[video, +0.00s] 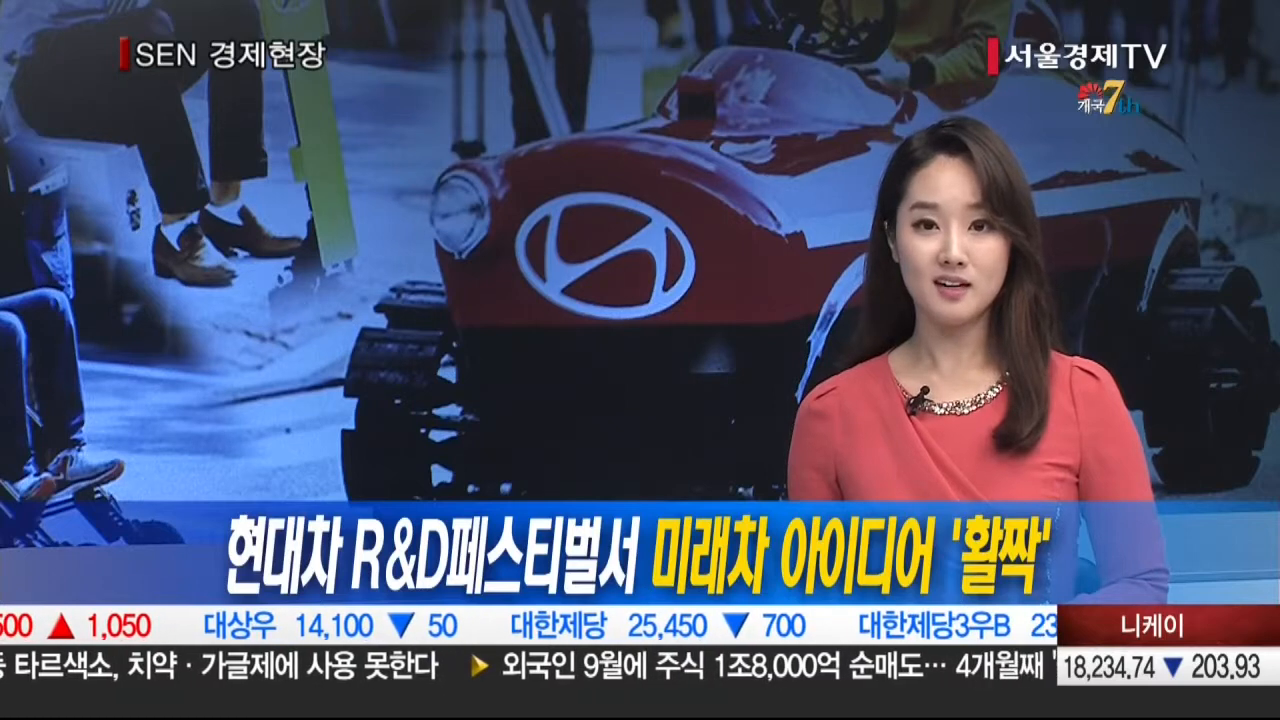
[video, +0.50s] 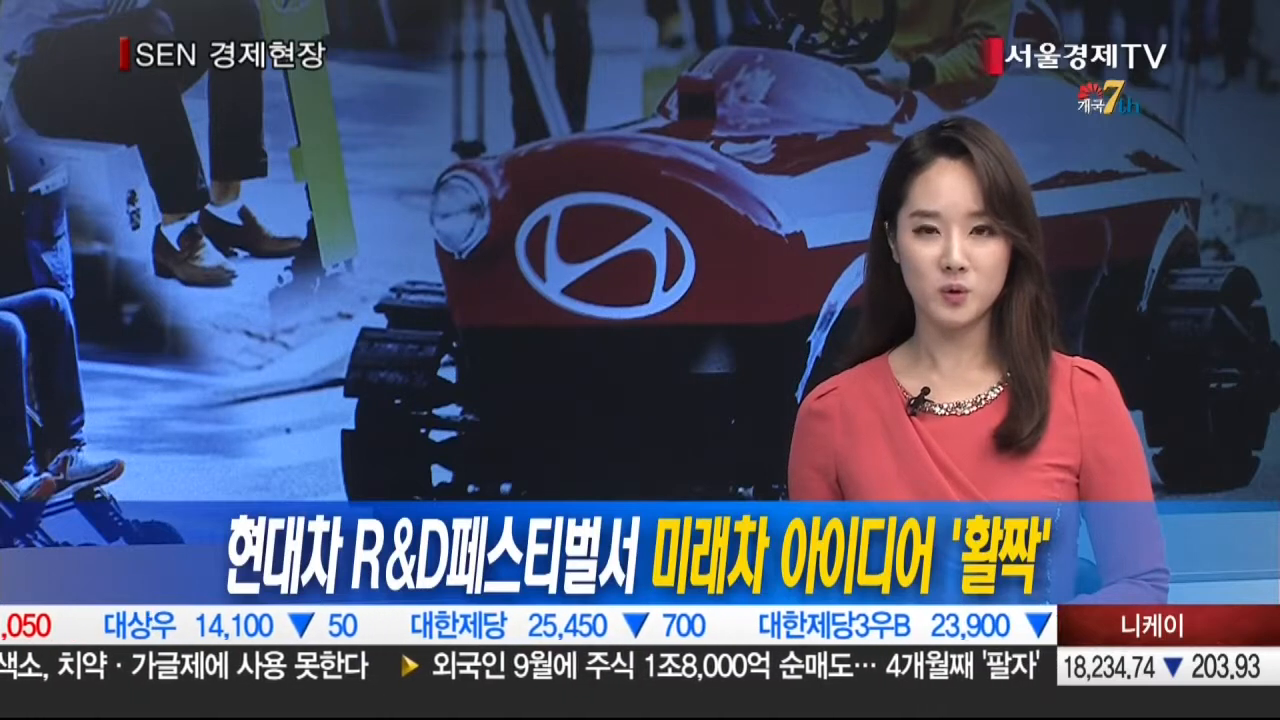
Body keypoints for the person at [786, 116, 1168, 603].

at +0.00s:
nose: (953, 253)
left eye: (981, 226)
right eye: (926, 225)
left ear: (1014, 244)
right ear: (892, 242)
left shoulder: (1083, 397)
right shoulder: (829, 415)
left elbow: (1142, 583)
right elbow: (812, 603)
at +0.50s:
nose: (955, 259)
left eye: (982, 230)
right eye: (927, 230)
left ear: (1015, 245)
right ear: (893, 244)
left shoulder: (1084, 397)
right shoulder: (830, 415)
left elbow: (1142, 583)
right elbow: (811, 605)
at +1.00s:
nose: (953, 260)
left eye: (980, 231)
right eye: (925, 231)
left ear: (1015, 245)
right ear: (893, 245)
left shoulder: (1084, 397)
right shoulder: (830, 415)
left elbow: (1143, 582)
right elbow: (811, 604)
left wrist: (1035, 644)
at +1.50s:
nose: (952, 255)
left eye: (979, 228)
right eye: (925, 227)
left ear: (1014, 244)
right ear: (892, 243)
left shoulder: (1083, 396)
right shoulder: (829, 415)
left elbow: (1144, 581)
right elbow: (811, 604)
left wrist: (1033, 641)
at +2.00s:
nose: (954, 255)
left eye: (981, 226)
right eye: (926, 226)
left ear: (1015, 244)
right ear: (893, 243)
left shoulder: (1084, 397)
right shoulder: (831, 415)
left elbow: (1143, 581)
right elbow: (812, 603)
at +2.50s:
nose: (952, 262)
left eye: (979, 232)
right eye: (924, 233)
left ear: (1013, 246)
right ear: (891, 245)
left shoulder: (1083, 396)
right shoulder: (830, 415)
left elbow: (1142, 582)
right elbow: (811, 605)